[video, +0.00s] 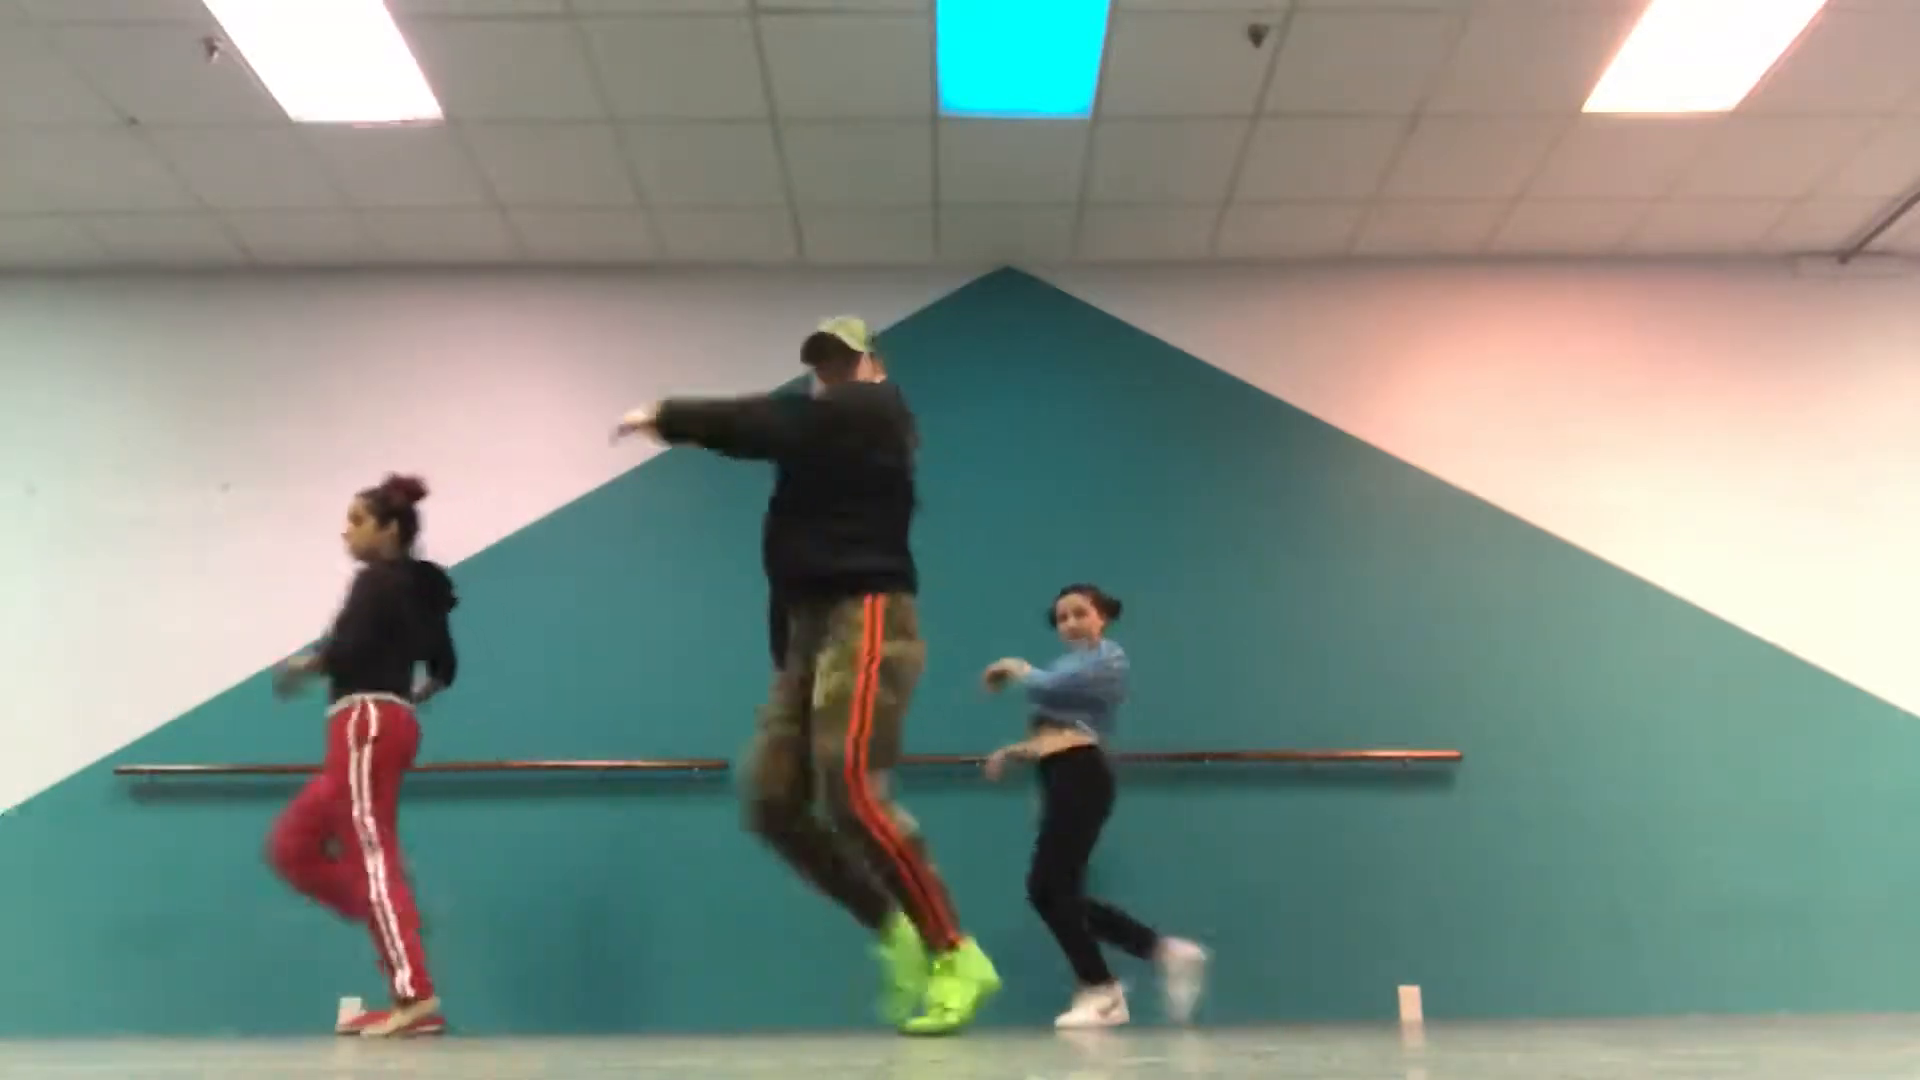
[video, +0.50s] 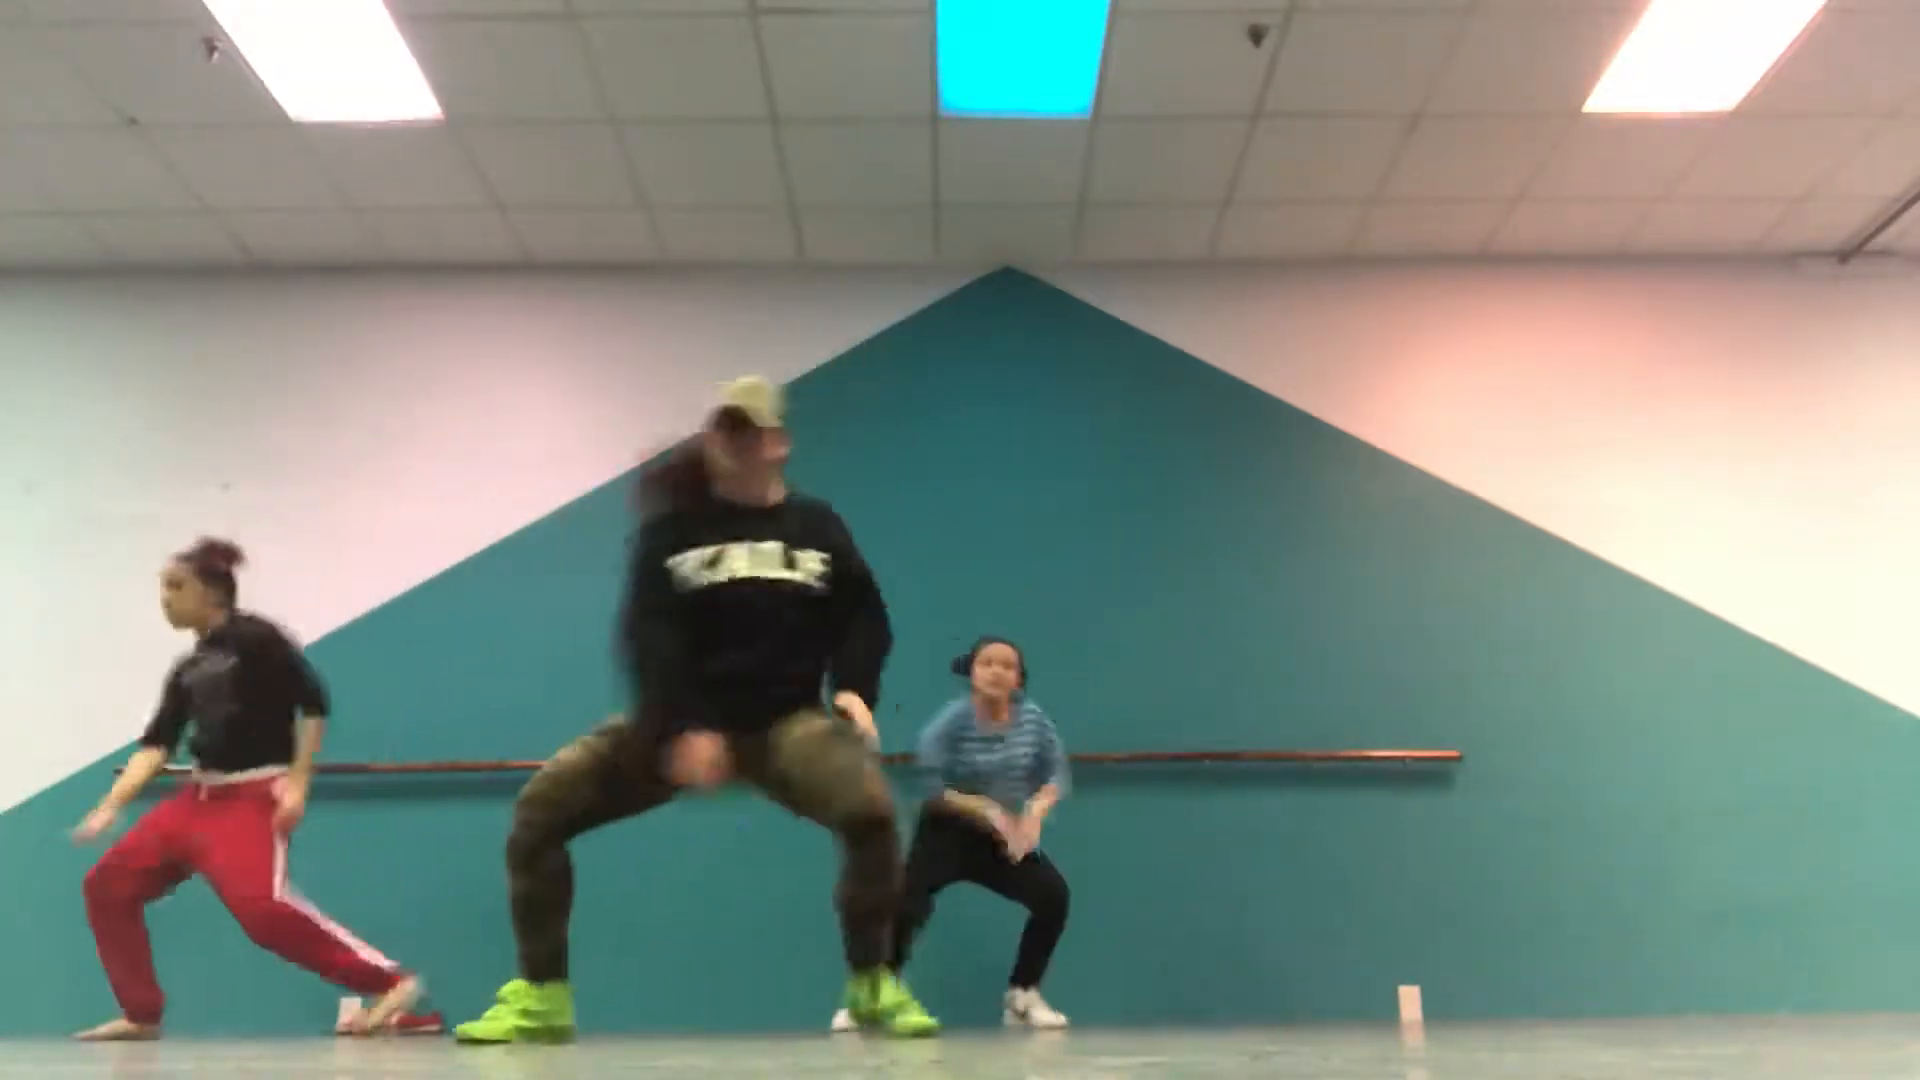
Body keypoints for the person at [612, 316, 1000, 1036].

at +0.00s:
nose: (828, 375)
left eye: (842, 363)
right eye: (820, 365)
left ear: (874, 365)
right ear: (816, 370)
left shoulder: (877, 408)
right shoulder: (814, 420)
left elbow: (774, 422)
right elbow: (747, 432)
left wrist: (668, 418)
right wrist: (676, 420)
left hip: (869, 616)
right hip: (809, 626)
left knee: (852, 792)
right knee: (778, 806)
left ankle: (956, 956)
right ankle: (898, 929)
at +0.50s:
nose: (734, 447)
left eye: (751, 434)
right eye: (725, 434)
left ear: (781, 446)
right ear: (706, 443)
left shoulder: (818, 529)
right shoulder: (668, 533)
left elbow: (865, 615)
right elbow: (649, 636)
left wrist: (856, 689)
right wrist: (680, 726)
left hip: (785, 727)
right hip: (683, 726)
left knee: (869, 810)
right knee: (539, 814)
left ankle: (873, 985)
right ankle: (543, 996)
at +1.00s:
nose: (903, 329)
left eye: (906, 323)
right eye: (886, 321)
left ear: (905, 353)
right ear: (849, 345)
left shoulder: (915, 440)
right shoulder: (822, 402)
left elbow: (945, 541)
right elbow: (827, 510)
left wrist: (924, 606)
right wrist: (885, 597)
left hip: (879, 616)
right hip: (806, 602)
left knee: (870, 798)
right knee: (807, 792)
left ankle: (868, 981)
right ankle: (783, 984)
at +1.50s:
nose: (915, 343)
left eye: (915, 333)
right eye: (903, 331)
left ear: (871, 329)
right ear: (864, 328)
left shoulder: (876, 394)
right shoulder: (847, 373)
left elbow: (949, 467)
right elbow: (929, 425)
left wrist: (1031, 453)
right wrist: (1027, 432)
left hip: (852, 570)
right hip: (838, 561)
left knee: (887, 760)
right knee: (920, 731)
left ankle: (822, 946)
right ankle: (839, 902)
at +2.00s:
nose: (971, 397)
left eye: (970, 385)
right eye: (963, 385)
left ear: (930, 386)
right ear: (929, 385)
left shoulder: (946, 464)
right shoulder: (890, 454)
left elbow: (926, 564)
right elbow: (865, 556)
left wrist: (936, 665)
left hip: (901, 648)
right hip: (876, 650)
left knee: (938, 834)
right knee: (980, 795)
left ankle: (805, 923)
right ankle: (947, 981)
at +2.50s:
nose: (957, 395)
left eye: (952, 382)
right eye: (948, 383)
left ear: (894, 388)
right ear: (925, 386)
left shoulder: (859, 445)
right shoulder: (912, 452)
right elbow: (921, 579)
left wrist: (948, 674)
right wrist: (967, 679)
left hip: (802, 631)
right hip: (853, 632)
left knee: (861, 820)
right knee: (950, 802)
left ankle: (725, 918)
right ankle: (898, 973)